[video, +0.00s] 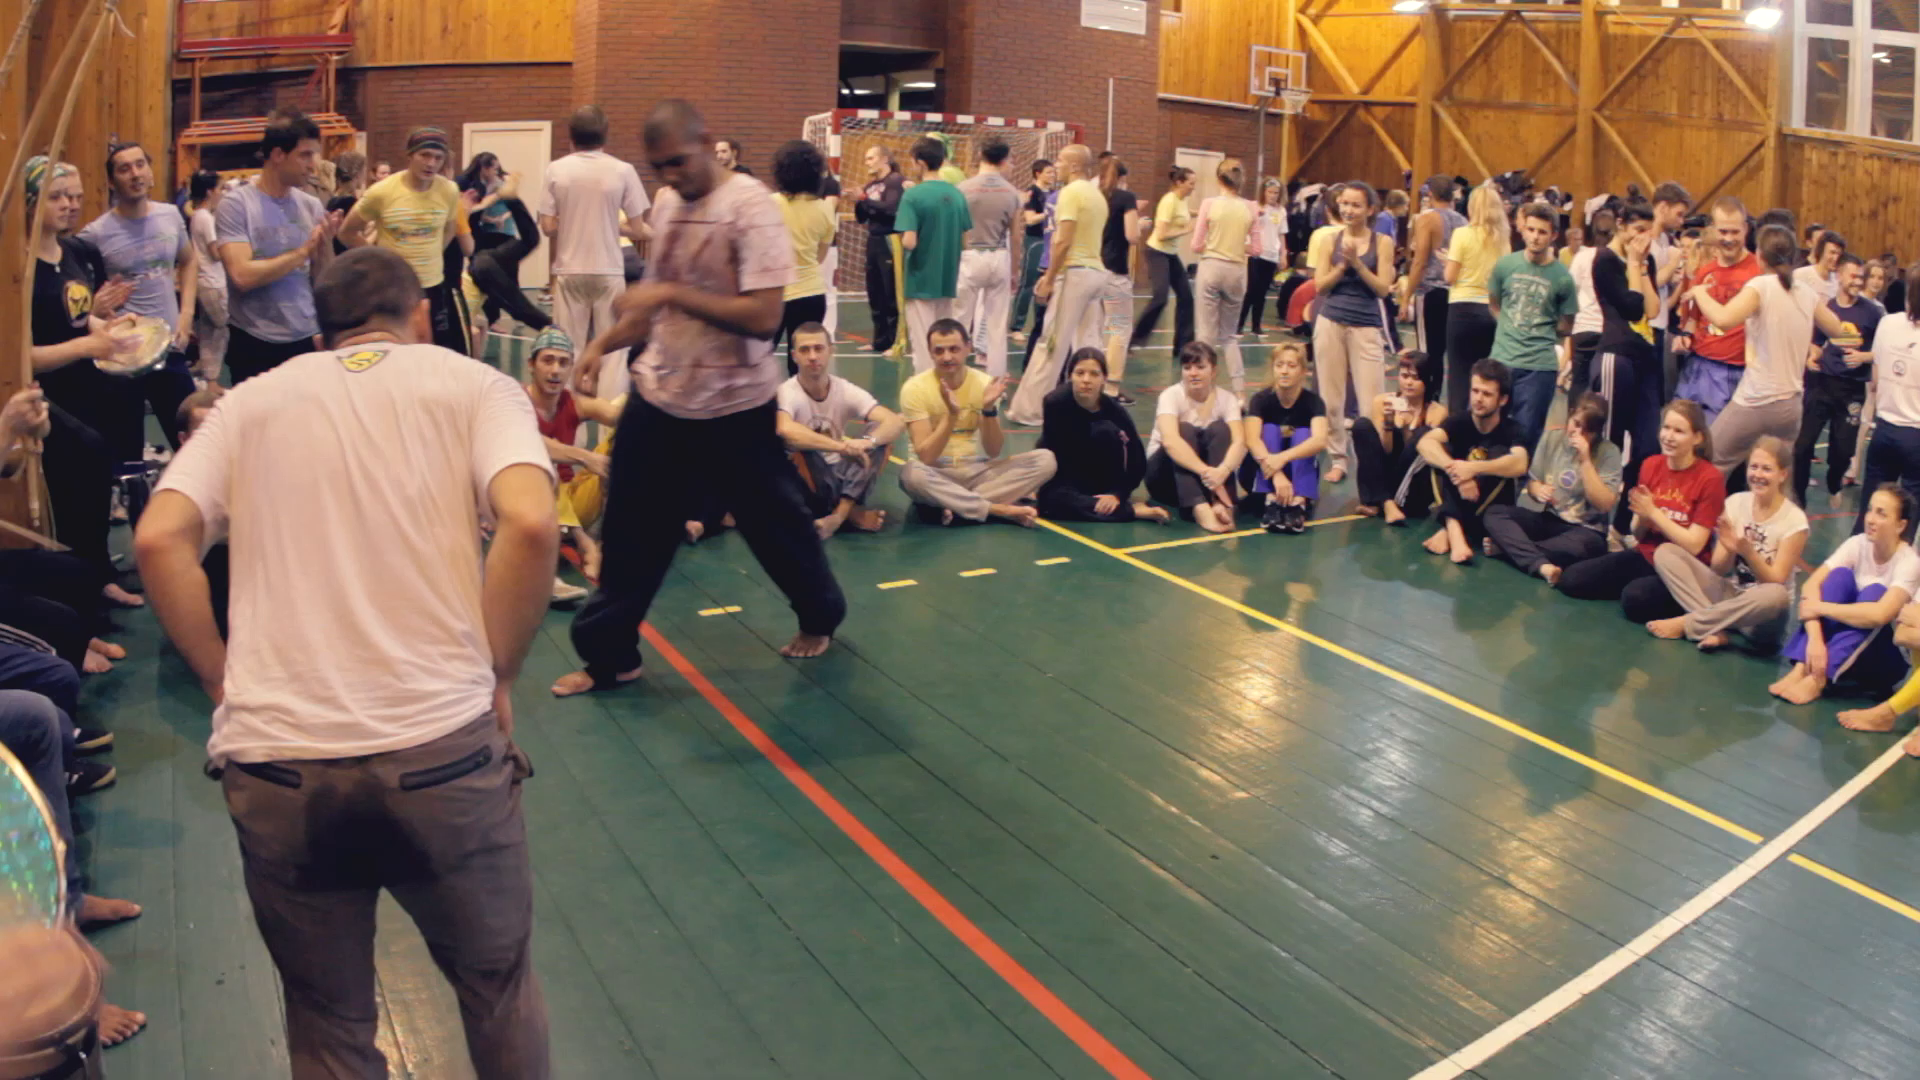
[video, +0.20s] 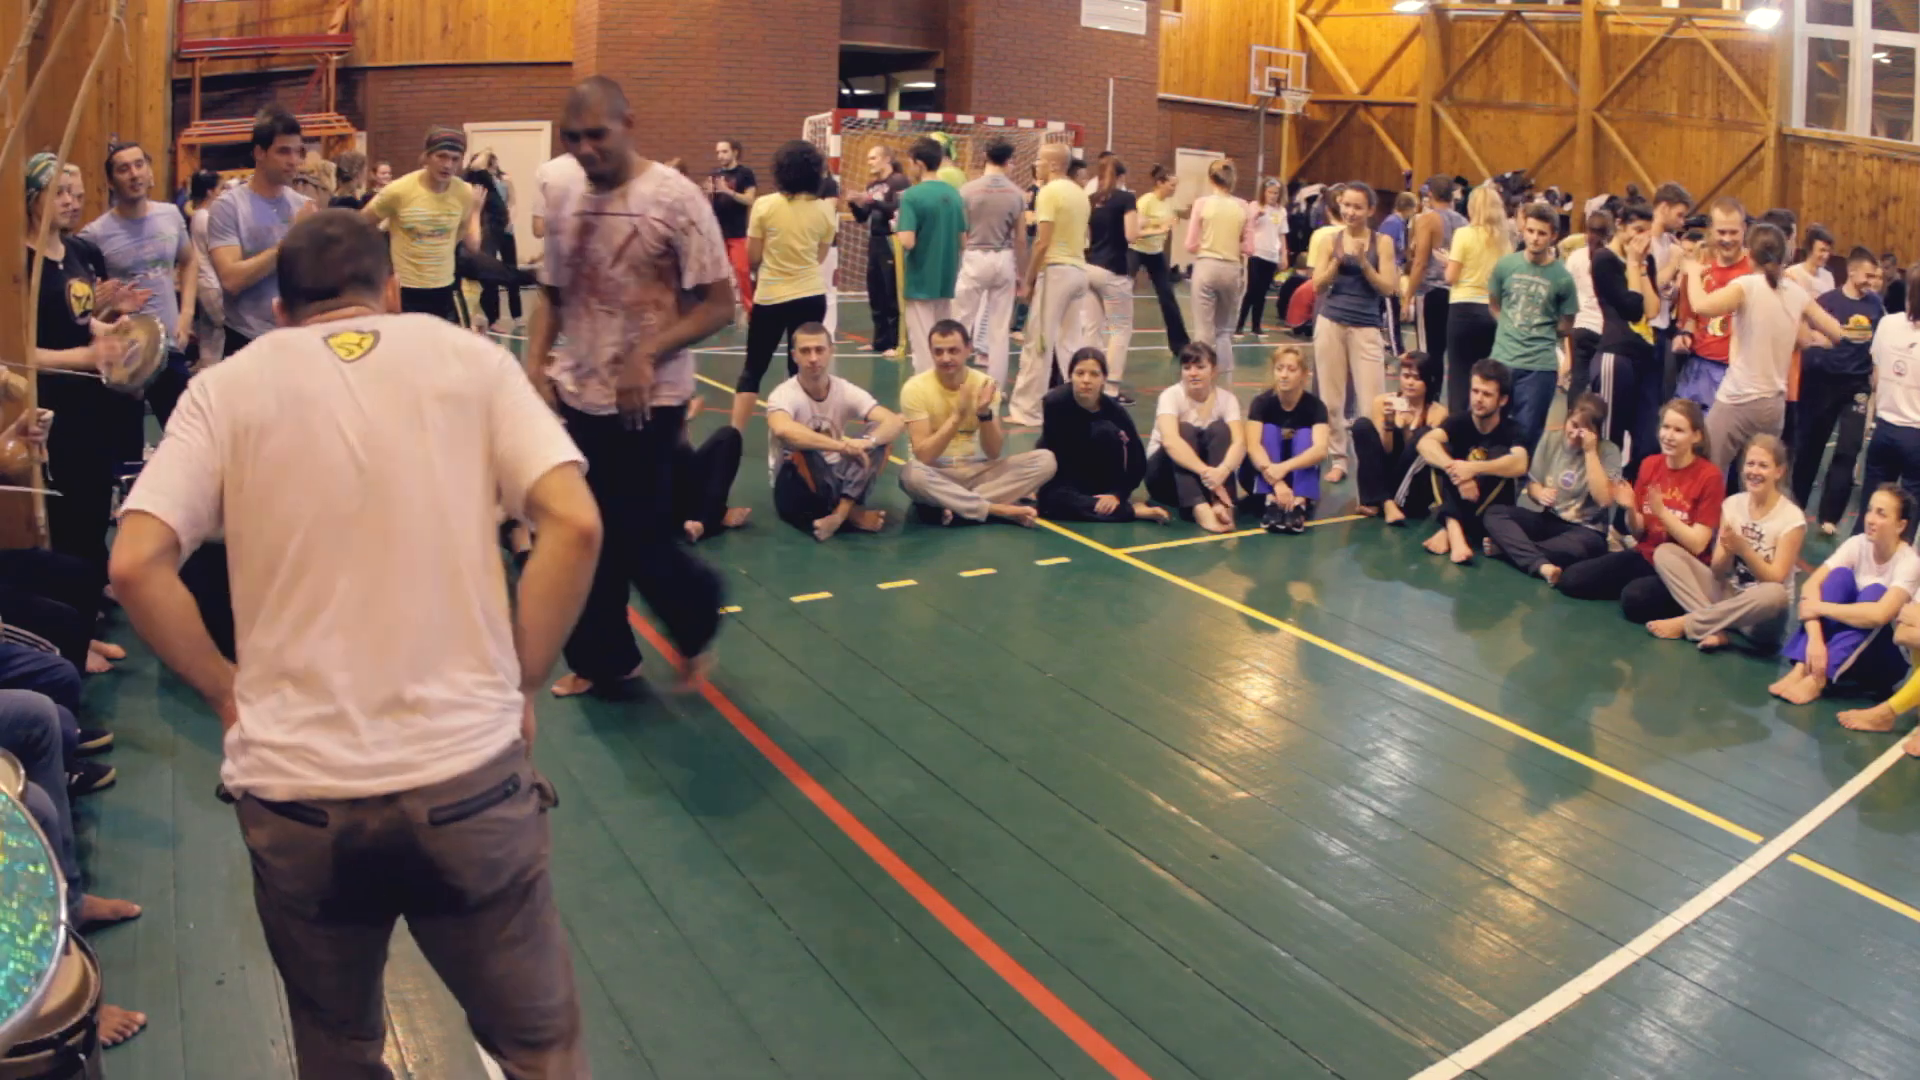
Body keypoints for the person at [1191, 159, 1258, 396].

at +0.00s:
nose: (1216, 183)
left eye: (1217, 179)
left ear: (1219, 180)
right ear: (1241, 182)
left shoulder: (1209, 205)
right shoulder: (1250, 208)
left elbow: (1196, 245)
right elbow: (1256, 248)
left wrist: (1212, 246)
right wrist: (1238, 246)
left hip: (1211, 262)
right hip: (1238, 266)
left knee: (1205, 334)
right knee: (1230, 336)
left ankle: (1201, 392)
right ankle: (1239, 391)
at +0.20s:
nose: (1209, 182)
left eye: (1209, 179)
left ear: (1210, 180)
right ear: (1233, 181)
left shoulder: (1201, 204)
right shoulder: (1243, 207)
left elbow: (1190, 244)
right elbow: (1249, 247)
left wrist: (1206, 249)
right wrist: (1231, 244)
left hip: (1206, 261)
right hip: (1232, 263)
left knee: (1204, 327)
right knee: (1225, 329)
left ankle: (1203, 379)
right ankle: (1225, 380)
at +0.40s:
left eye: (1203, 179)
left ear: (1204, 180)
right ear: (1226, 181)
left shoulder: (1197, 204)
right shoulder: (1237, 206)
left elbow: (1188, 245)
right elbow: (1245, 246)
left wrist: (1203, 244)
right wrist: (1228, 241)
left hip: (1203, 261)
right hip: (1229, 264)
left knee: (1202, 325)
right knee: (1219, 327)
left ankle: (1200, 374)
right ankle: (1217, 373)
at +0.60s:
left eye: (1201, 180)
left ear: (1202, 181)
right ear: (1223, 181)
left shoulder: (1195, 204)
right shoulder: (1235, 206)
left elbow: (1185, 245)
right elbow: (1243, 246)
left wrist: (1202, 242)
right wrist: (1224, 244)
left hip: (1201, 260)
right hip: (1226, 263)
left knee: (1201, 323)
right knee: (1216, 324)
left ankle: (1202, 368)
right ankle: (1212, 368)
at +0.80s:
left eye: (1199, 179)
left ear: (1200, 180)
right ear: (1221, 182)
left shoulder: (1192, 203)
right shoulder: (1232, 205)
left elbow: (1185, 243)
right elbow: (1240, 246)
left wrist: (1198, 248)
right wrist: (1221, 245)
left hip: (1200, 259)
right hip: (1225, 262)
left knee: (1202, 322)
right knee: (1216, 323)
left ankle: (1201, 368)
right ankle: (1212, 368)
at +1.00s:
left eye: (1199, 179)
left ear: (1199, 181)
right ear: (1220, 182)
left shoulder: (1191, 203)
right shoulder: (1230, 205)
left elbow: (1183, 243)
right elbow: (1239, 246)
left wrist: (1196, 245)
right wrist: (1221, 244)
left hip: (1200, 259)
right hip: (1225, 261)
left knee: (1202, 321)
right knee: (1217, 321)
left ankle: (1201, 367)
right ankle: (1213, 366)